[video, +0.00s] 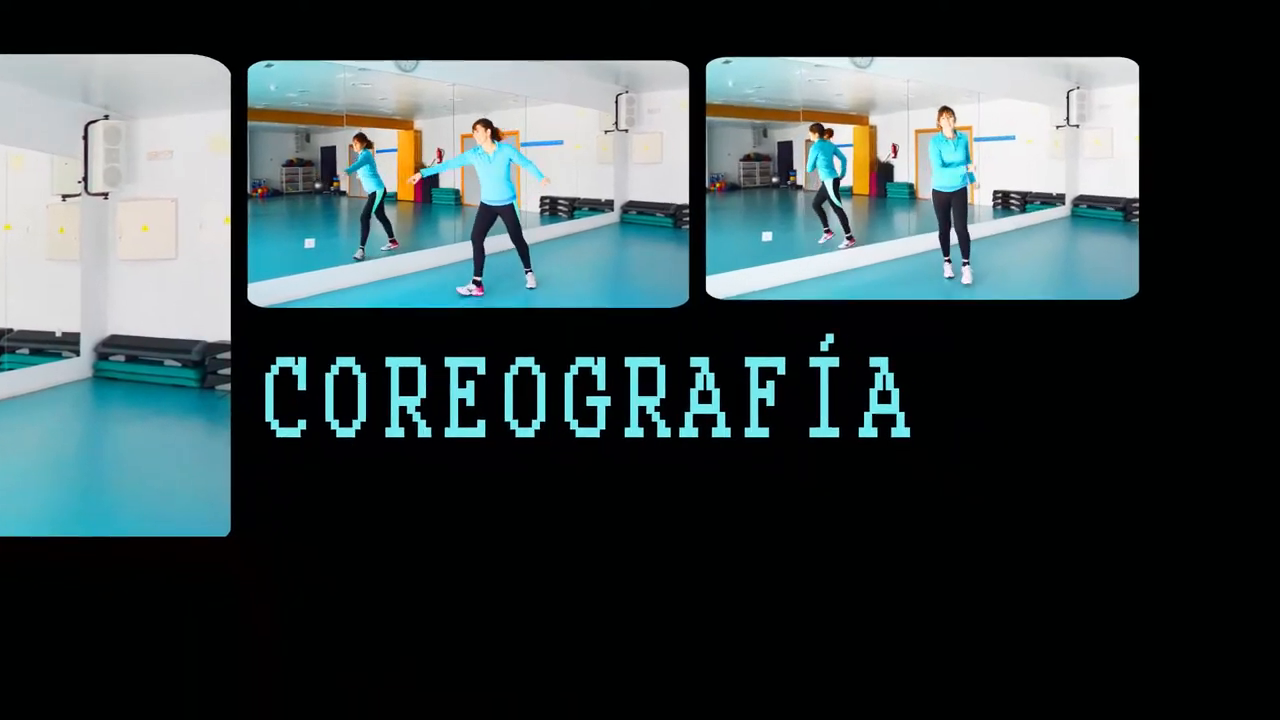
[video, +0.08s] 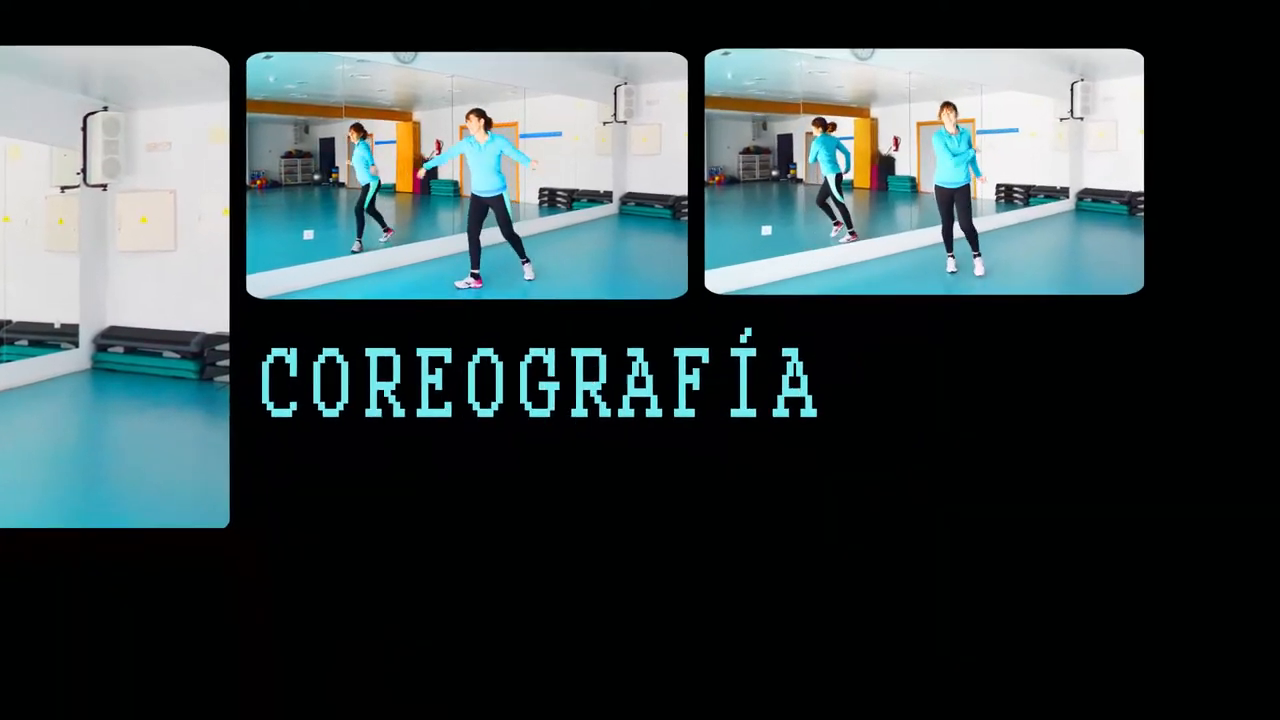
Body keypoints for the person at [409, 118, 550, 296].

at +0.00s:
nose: (474, 135)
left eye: (477, 131)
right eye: (473, 132)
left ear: (488, 132)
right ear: (478, 134)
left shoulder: (506, 150)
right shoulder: (473, 154)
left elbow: (525, 163)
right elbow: (448, 164)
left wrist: (540, 177)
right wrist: (422, 173)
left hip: (506, 204)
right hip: (487, 205)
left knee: (517, 238)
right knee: (476, 238)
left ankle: (529, 272)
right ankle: (476, 283)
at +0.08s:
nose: (468, 125)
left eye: (470, 121)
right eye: (467, 121)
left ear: (481, 121)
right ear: (472, 123)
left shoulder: (498, 141)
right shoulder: (466, 144)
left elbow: (514, 153)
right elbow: (446, 156)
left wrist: (528, 161)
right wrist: (425, 167)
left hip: (497, 195)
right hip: (477, 196)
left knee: (507, 232)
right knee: (472, 233)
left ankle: (525, 262)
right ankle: (474, 276)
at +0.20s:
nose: (458, 108)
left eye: (461, 105)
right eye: (458, 105)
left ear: (472, 107)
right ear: (466, 108)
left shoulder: (485, 128)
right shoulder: (461, 127)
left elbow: (507, 146)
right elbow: (465, 148)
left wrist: (491, 146)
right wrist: (485, 147)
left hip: (484, 180)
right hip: (467, 180)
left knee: (479, 222)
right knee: (468, 222)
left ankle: (507, 246)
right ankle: (476, 263)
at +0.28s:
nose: (454, 99)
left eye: (456, 96)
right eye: (454, 96)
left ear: (466, 98)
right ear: (463, 99)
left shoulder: (476, 119)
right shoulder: (461, 119)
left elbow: (491, 142)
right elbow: (467, 141)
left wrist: (470, 142)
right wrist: (485, 149)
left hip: (480, 170)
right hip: (469, 170)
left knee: (458, 210)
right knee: (469, 211)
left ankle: (482, 247)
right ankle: (479, 251)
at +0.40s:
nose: (452, 87)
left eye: (453, 84)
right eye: (452, 84)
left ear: (459, 85)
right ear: (467, 86)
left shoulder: (457, 104)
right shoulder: (478, 104)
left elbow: (451, 132)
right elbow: (495, 121)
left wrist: (432, 132)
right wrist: (510, 139)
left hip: (464, 158)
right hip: (483, 158)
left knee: (449, 199)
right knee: (473, 199)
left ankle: (442, 243)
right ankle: (484, 243)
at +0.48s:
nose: (464, 79)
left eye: (461, 76)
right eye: (468, 76)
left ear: (457, 77)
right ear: (473, 78)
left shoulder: (448, 96)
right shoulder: (480, 97)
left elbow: (435, 121)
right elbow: (498, 117)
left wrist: (432, 121)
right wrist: (514, 137)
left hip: (455, 151)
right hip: (477, 151)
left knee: (446, 192)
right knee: (475, 193)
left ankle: (435, 235)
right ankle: (487, 236)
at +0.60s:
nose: (479, 68)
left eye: (479, 65)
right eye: (477, 65)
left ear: (462, 68)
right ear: (465, 67)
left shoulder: (449, 84)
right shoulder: (474, 85)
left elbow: (431, 106)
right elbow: (474, 109)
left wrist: (446, 118)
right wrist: (491, 130)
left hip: (447, 137)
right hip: (465, 138)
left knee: (447, 183)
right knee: (469, 184)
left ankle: (440, 228)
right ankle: (471, 231)